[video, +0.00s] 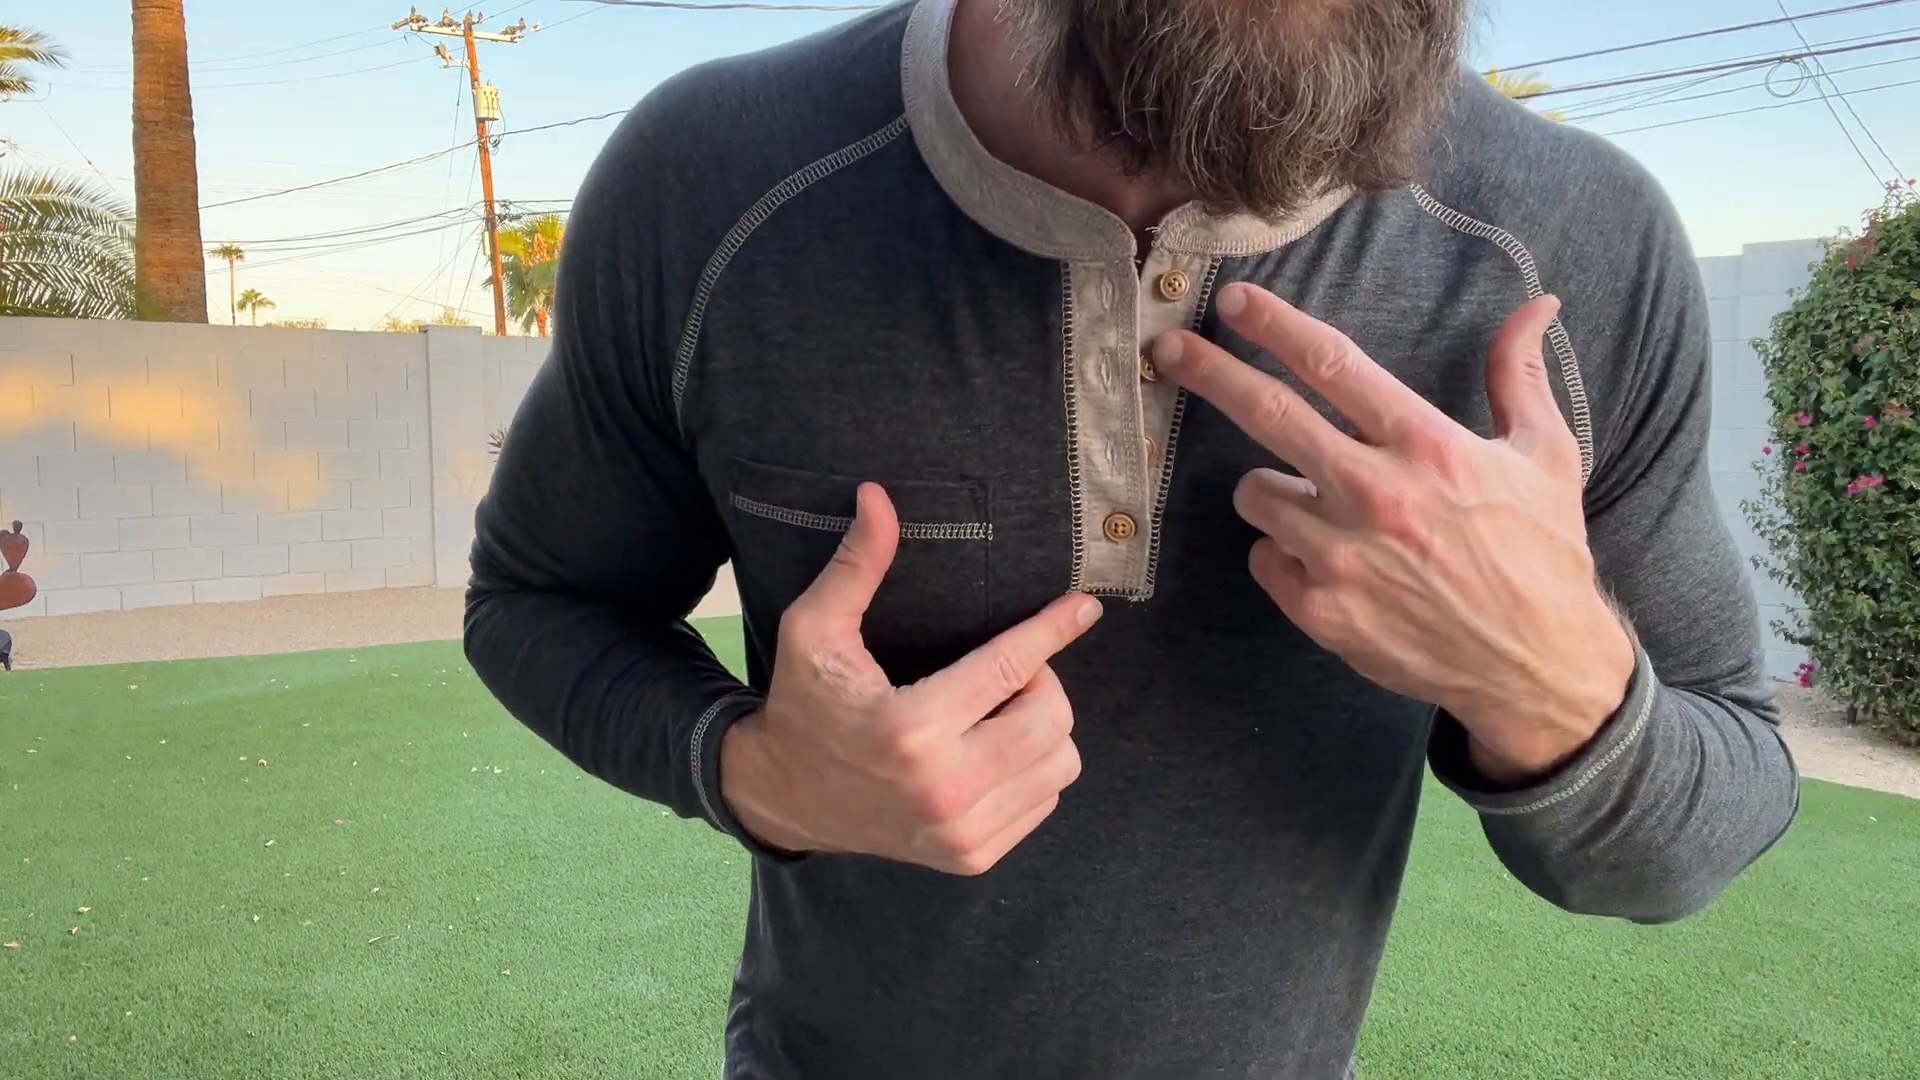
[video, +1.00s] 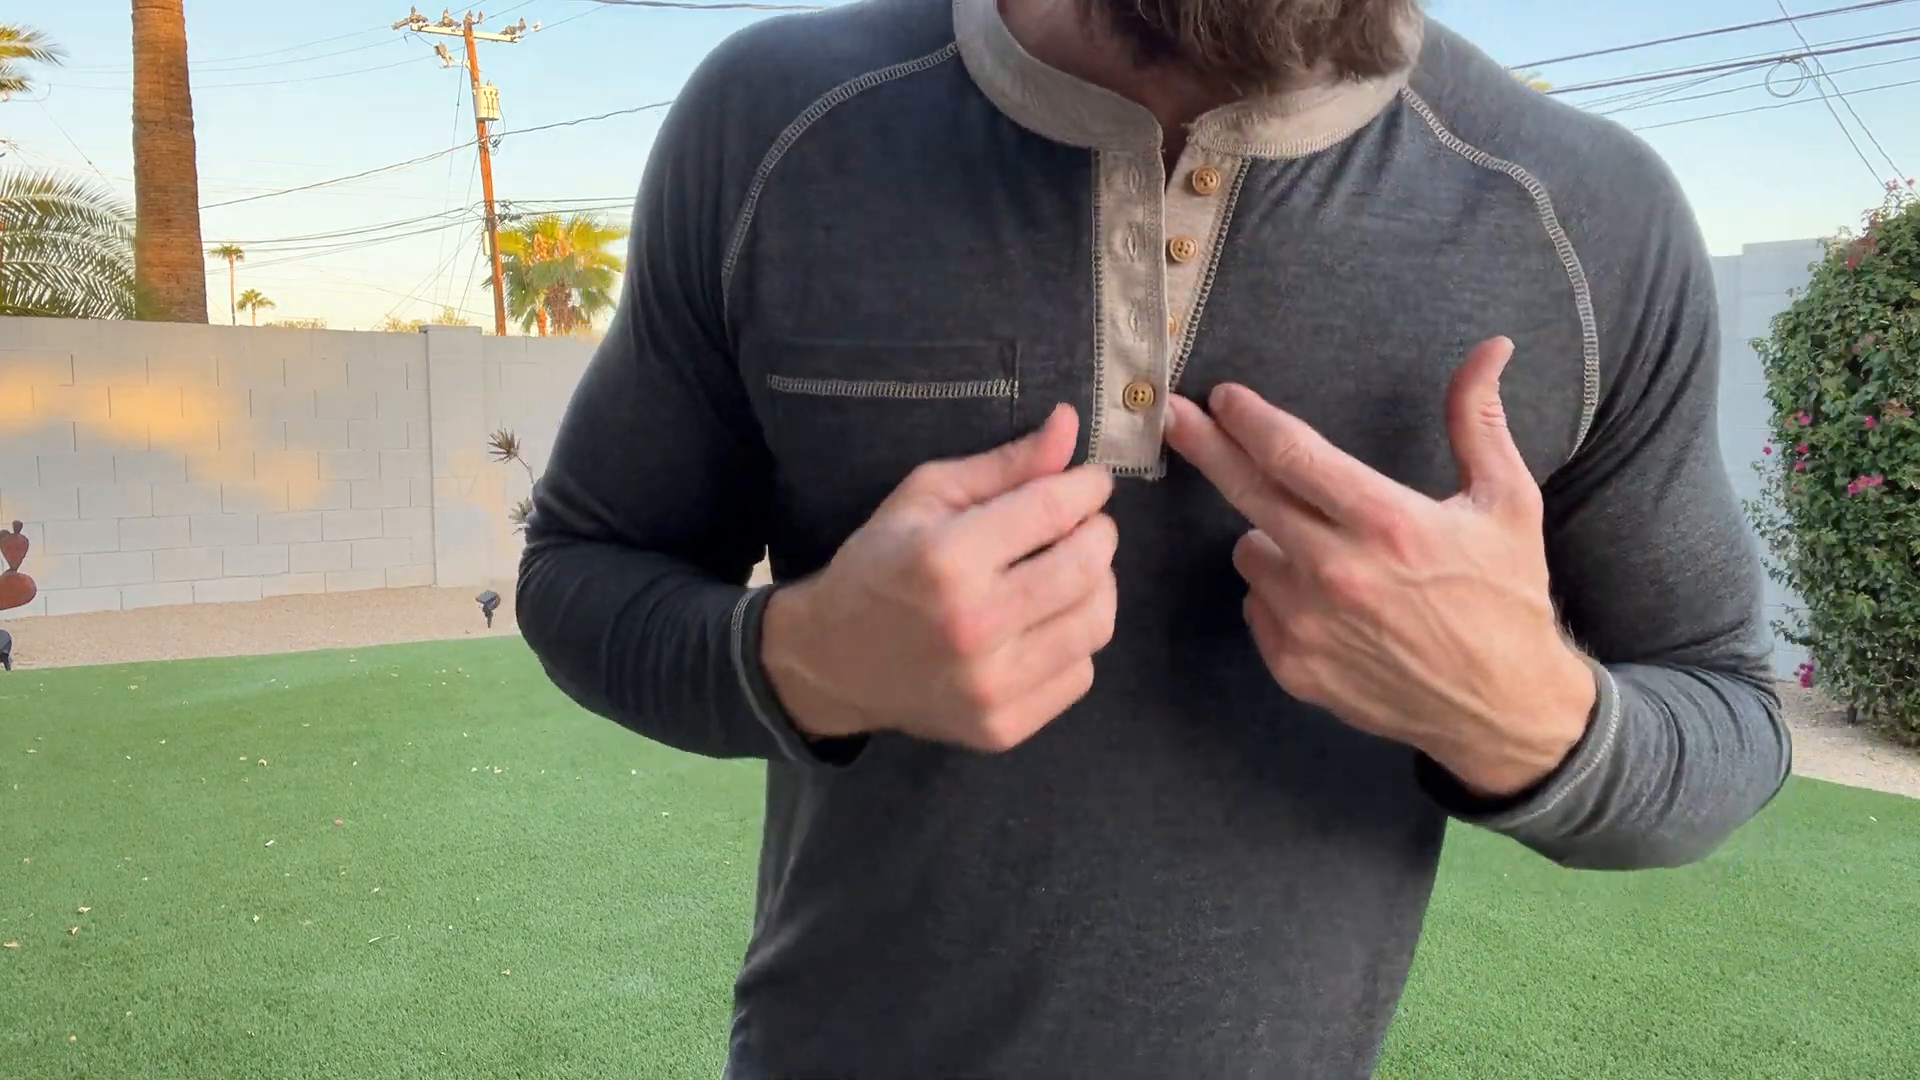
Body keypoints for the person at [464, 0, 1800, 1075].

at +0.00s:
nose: (1165, 248)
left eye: (1260, 197)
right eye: (1113, 180)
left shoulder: (1572, 247)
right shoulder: (705, 179)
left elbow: (1699, 830)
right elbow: (541, 594)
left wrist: (1550, 692)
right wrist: (744, 773)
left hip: (1261, 1044)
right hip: (832, 1039)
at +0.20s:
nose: (1154, 240)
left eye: (1243, 198)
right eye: (1100, 160)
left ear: (1384, 94)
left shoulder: (1581, 251)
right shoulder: (715, 175)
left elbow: (1703, 813)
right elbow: (555, 584)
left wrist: (1562, 735)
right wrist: (748, 768)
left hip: (1270, 1040)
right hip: (836, 1035)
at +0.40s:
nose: (1153, 242)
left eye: (1245, 199)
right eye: (1089, 162)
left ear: (1394, 96)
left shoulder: (1597, 255)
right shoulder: (727, 167)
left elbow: (1721, 768)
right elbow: (566, 571)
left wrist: (1573, 767)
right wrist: (748, 761)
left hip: (1276, 1038)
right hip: (835, 1033)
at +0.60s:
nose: (1164, 221)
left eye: (1253, 193)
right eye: (1108, 151)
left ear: (1410, 74)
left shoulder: (1610, 255)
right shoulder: (738, 157)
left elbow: (1722, 734)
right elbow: (575, 559)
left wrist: (1573, 794)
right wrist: (748, 751)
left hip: (1276, 1048)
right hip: (835, 1042)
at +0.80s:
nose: (1178, 224)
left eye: (1271, 190)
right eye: (1128, 148)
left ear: (1417, 71)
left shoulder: (1621, 256)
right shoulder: (751, 153)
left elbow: (1719, 736)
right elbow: (583, 560)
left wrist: (1550, 798)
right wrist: (757, 746)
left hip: (1277, 1047)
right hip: (834, 1039)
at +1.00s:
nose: (1186, 15)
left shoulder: (1596, 226)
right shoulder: (771, 125)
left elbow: (1719, 724)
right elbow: (582, 573)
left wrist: (1540, 730)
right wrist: (799, 664)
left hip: (1275, 1049)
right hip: (835, 1039)